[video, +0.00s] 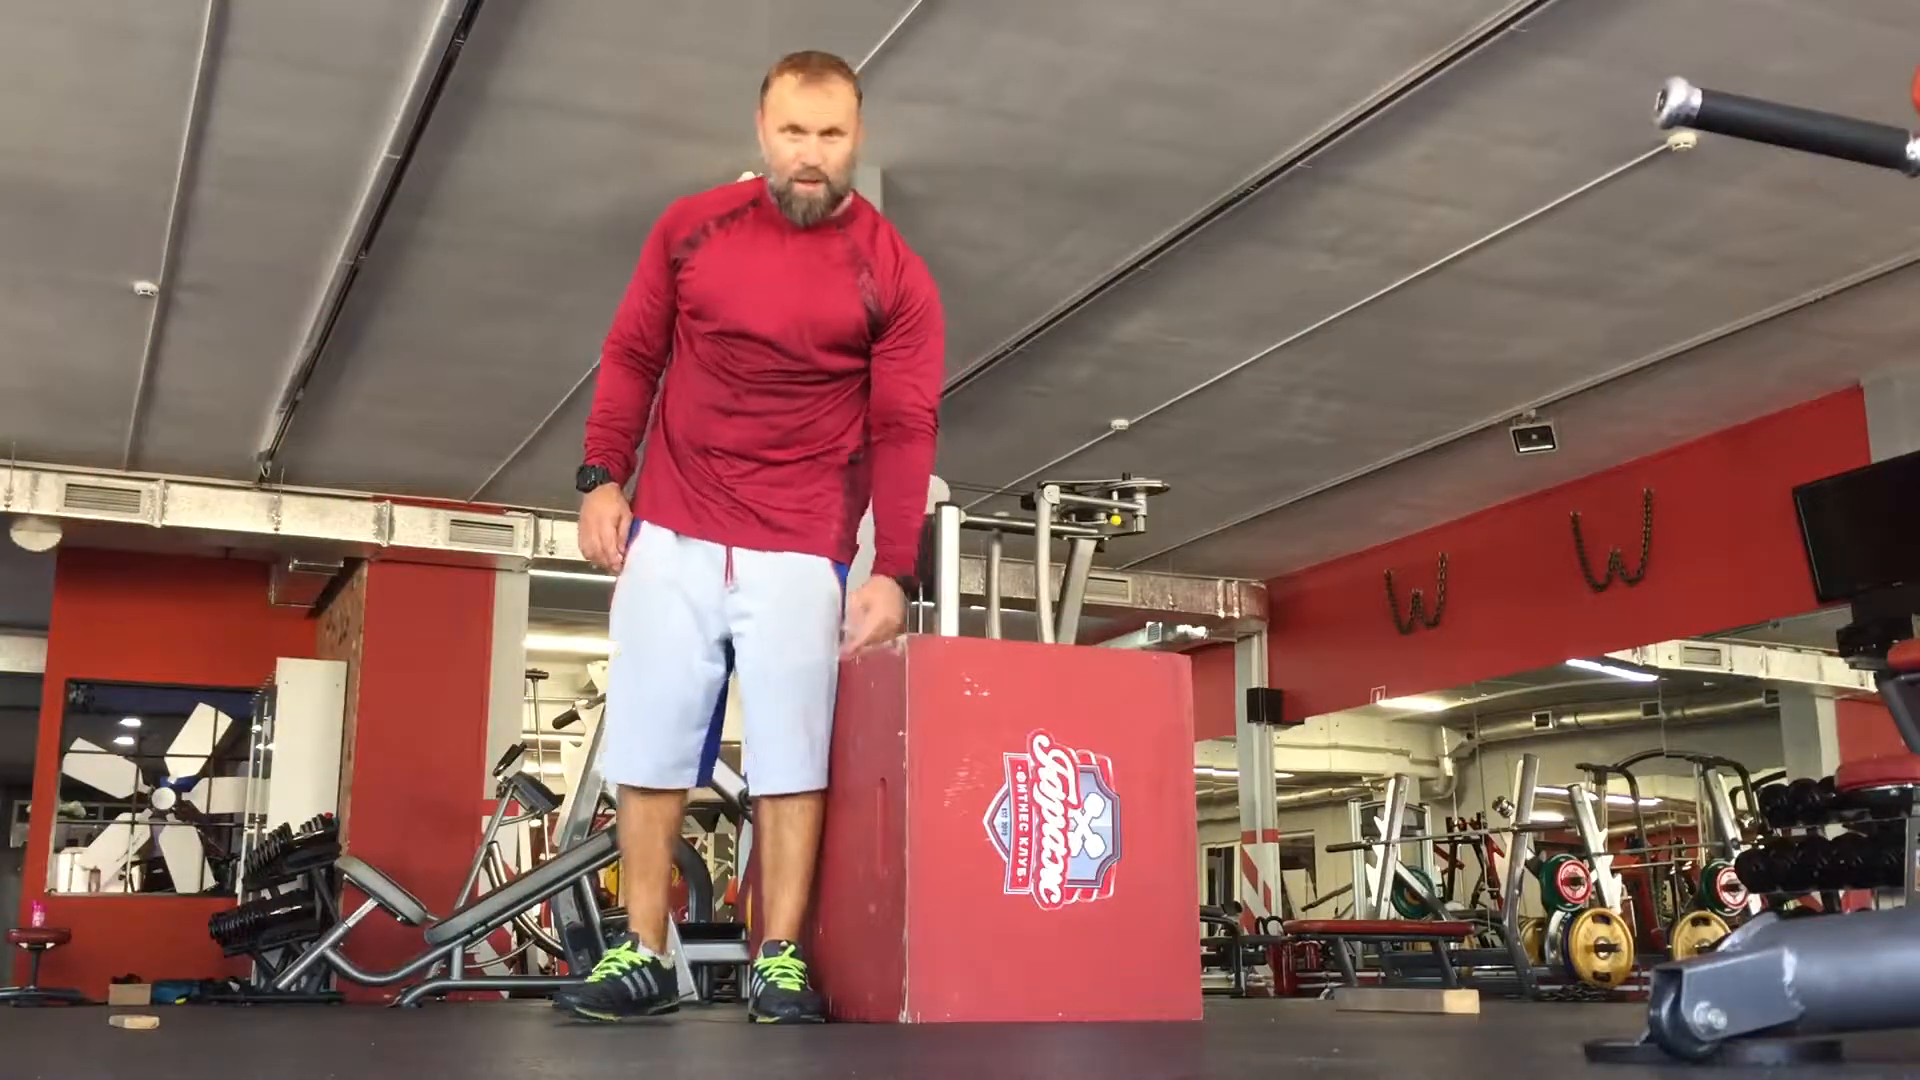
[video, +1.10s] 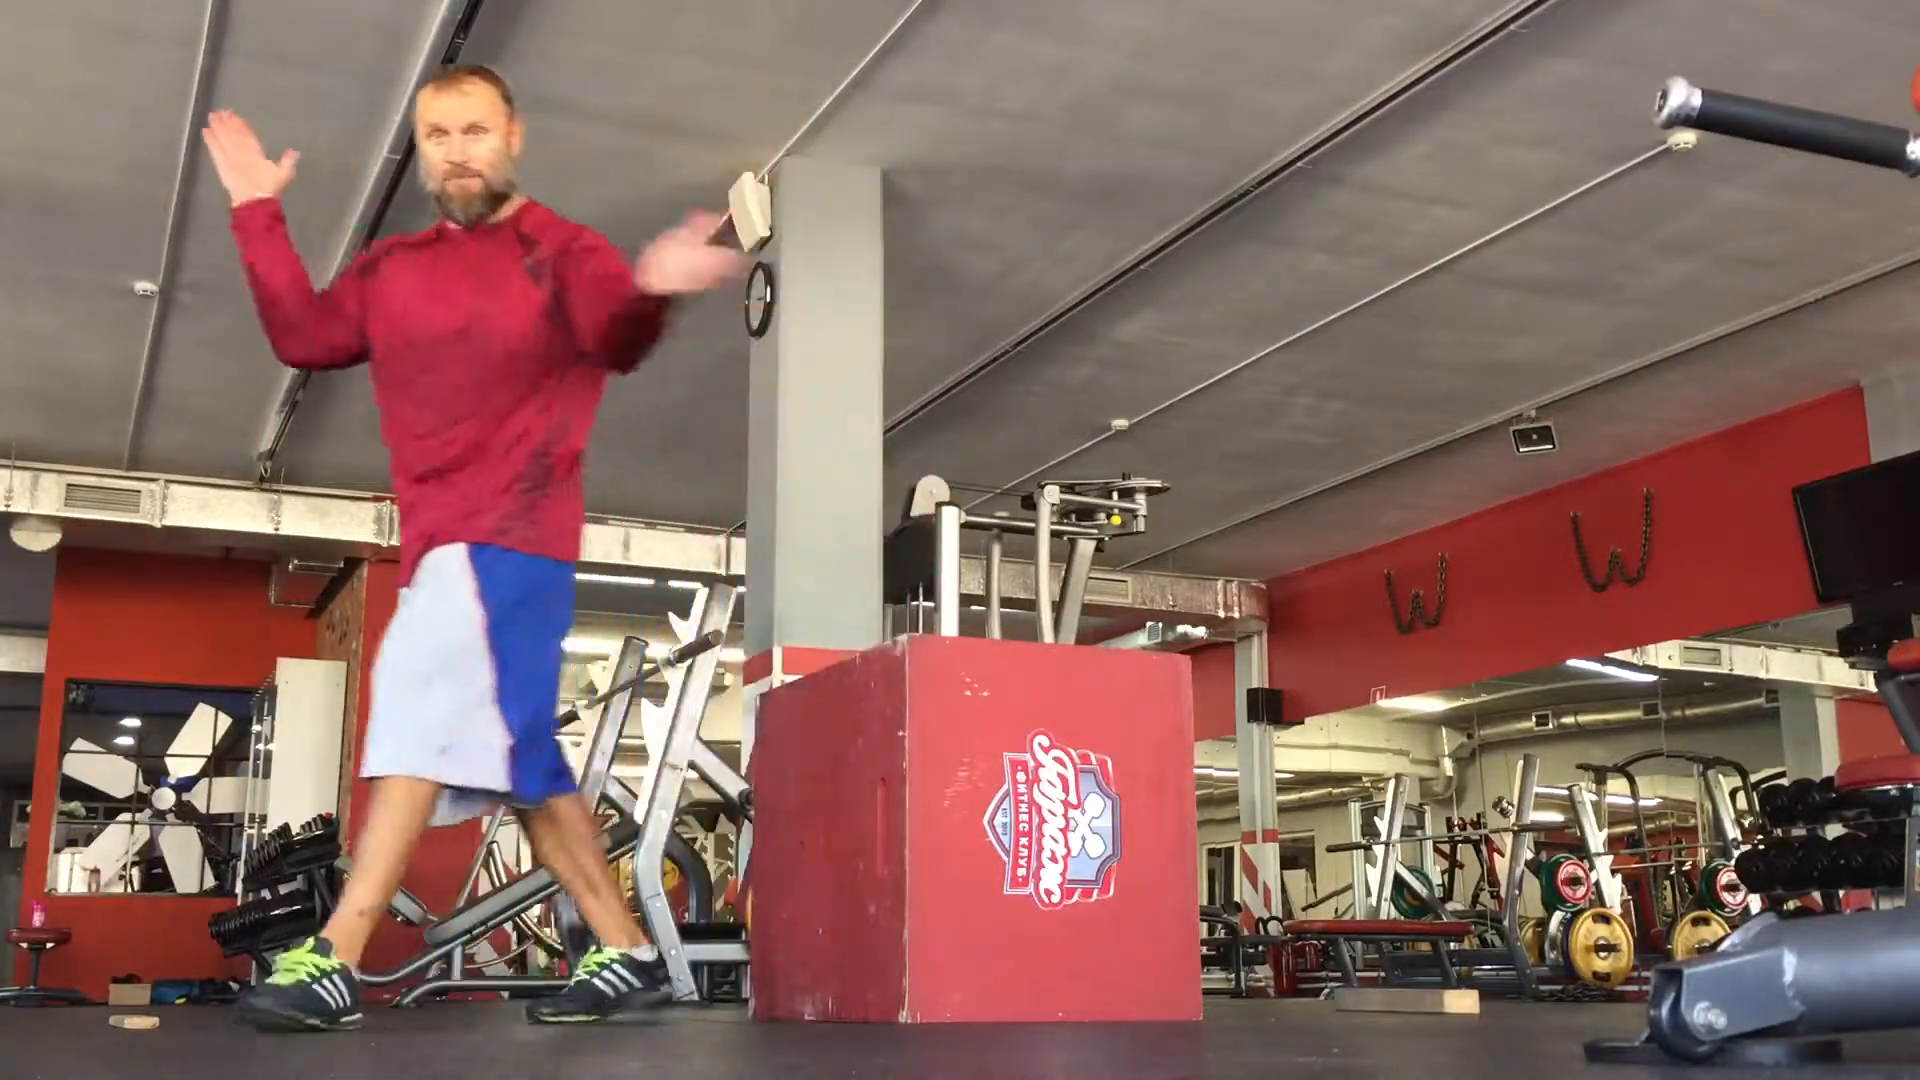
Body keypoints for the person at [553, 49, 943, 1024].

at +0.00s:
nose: (810, 153)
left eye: (831, 134)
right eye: (792, 131)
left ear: (859, 142)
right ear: (760, 134)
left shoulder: (895, 277)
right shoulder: (690, 228)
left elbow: (905, 428)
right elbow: (631, 356)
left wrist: (892, 569)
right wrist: (603, 476)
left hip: (804, 532)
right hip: (673, 516)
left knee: (789, 742)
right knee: (648, 732)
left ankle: (779, 956)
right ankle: (646, 952)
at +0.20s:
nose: (747, 147)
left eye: (766, 129)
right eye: (729, 130)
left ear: (797, 139)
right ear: (702, 141)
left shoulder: (849, 268)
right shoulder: (647, 248)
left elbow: (887, 380)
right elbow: (590, 356)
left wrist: (861, 433)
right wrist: (608, 423)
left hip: (784, 531)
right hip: (656, 528)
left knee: (782, 742)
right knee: (636, 740)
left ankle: (779, 958)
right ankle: (640, 964)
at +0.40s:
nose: (676, 167)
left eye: (694, 150)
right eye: (657, 153)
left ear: (726, 162)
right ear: (634, 169)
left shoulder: (767, 253)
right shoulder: (597, 252)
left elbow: (805, 279)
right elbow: (567, 291)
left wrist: (798, 280)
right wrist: (605, 288)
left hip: (741, 549)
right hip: (615, 553)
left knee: (762, 750)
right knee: (618, 754)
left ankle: (775, 958)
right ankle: (636, 963)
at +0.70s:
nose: (594, 178)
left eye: (610, 160)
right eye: (574, 164)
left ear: (641, 165)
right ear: (550, 176)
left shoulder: (688, 253)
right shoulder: (522, 261)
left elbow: (721, 283)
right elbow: (492, 294)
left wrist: (698, 251)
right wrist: (530, 270)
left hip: (655, 527)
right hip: (550, 537)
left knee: (652, 726)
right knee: (575, 742)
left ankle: (662, 947)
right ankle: (623, 949)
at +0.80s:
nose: (566, 175)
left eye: (582, 156)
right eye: (546, 161)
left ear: (614, 163)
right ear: (525, 176)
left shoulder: (659, 253)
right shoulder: (505, 270)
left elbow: (690, 278)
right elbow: (452, 329)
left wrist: (717, 253)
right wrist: (469, 282)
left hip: (627, 522)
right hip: (529, 532)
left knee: (607, 720)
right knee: (569, 739)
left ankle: (579, 940)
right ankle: (631, 958)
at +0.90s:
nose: (532, 168)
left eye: (549, 148)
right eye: (513, 153)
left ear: (585, 156)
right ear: (493, 170)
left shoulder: (634, 254)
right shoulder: (463, 276)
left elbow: (687, 295)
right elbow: (391, 356)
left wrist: (739, 275)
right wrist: (381, 275)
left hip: (599, 525)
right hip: (497, 536)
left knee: (546, 716)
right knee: (551, 744)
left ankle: (481, 940)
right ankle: (636, 963)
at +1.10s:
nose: (456, 149)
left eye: (475, 129)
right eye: (437, 134)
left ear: (516, 140)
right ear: (419, 153)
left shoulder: (560, 249)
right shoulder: (387, 270)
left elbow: (615, 341)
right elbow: (302, 336)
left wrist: (646, 289)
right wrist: (256, 209)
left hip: (514, 529)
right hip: (436, 532)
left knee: (413, 715)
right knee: (522, 746)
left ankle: (335, 959)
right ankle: (628, 950)